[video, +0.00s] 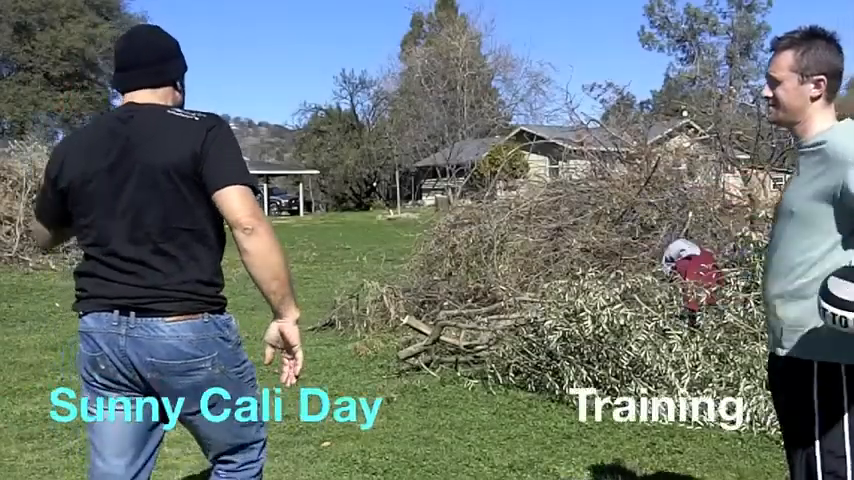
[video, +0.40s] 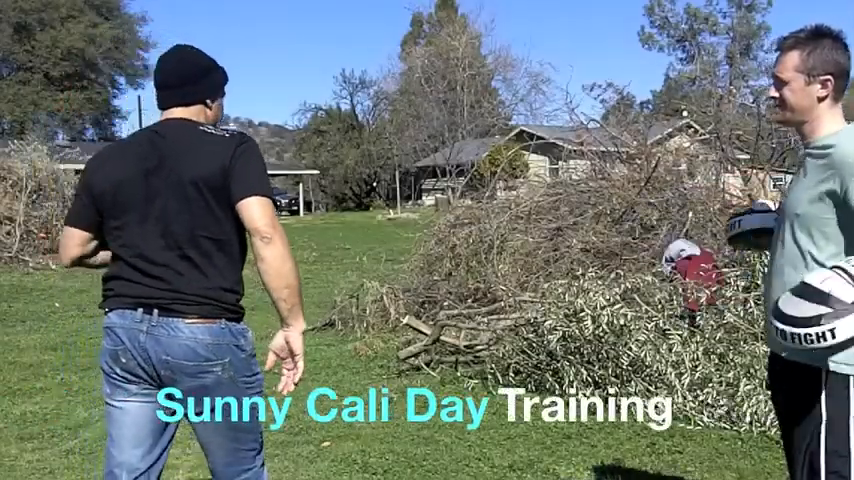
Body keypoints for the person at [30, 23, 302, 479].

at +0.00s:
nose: (184, 86)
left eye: (180, 77)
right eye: (183, 77)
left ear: (119, 84)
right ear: (176, 78)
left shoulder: (75, 145)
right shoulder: (204, 131)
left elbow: (48, 234)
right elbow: (247, 223)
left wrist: (93, 192)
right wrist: (286, 314)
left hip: (101, 333)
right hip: (188, 332)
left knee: (112, 472)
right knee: (238, 455)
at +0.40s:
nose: (223, 107)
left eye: (222, 96)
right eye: (221, 97)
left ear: (162, 97)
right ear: (208, 97)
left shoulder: (110, 157)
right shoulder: (233, 148)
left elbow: (73, 252)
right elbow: (264, 231)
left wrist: (131, 248)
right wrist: (292, 323)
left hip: (124, 331)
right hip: (206, 334)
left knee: (127, 473)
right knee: (241, 470)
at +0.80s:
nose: (272, 108)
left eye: (271, 97)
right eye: (270, 98)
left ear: (212, 97)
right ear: (255, 100)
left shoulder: (158, 149)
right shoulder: (274, 157)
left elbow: (123, 235)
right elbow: (299, 250)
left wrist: (179, 262)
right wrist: (322, 329)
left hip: (160, 323)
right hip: (237, 326)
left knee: (157, 457)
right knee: (257, 464)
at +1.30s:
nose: (304, 106)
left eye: (305, 95)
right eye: (302, 95)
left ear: (251, 93)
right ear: (279, 94)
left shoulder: (195, 146)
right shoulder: (290, 148)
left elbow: (160, 219)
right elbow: (312, 237)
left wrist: (210, 254)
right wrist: (340, 274)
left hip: (197, 306)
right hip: (258, 312)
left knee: (230, 414)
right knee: (272, 448)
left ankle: (217, 475)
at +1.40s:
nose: (310, 105)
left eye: (310, 95)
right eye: (307, 95)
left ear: (263, 95)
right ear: (282, 96)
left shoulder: (205, 146)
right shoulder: (288, 146)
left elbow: (175, 220)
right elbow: (310, 235)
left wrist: (223, 249)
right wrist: (344, 262)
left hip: (209, 306)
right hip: (261, 311)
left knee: (253, 421)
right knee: (276, 447)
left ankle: (244, 472)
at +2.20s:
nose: (327, 109)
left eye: (328, 100)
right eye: (317, 100)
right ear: (285, 105)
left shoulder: (310, 161)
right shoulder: (250, 149)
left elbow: (317, 228)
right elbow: (238, 224)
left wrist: (361, 227)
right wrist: (314, 209)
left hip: (301, 307)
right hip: (256, 304)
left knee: (313, 422)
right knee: (287, 421)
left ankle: (302, 478)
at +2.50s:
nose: (318, 104)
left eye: (319, 95)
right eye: (307, 96)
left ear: (319, 99)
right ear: (277, 101)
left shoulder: (320, 158)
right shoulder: (241, 146)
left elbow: (341, 225)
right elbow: (229, 218)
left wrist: (369, 204)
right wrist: (299, 194)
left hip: (311, 306)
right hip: (257, 303)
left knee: (310, 423)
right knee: (272, 421)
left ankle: (300, 478)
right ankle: (254, 476)